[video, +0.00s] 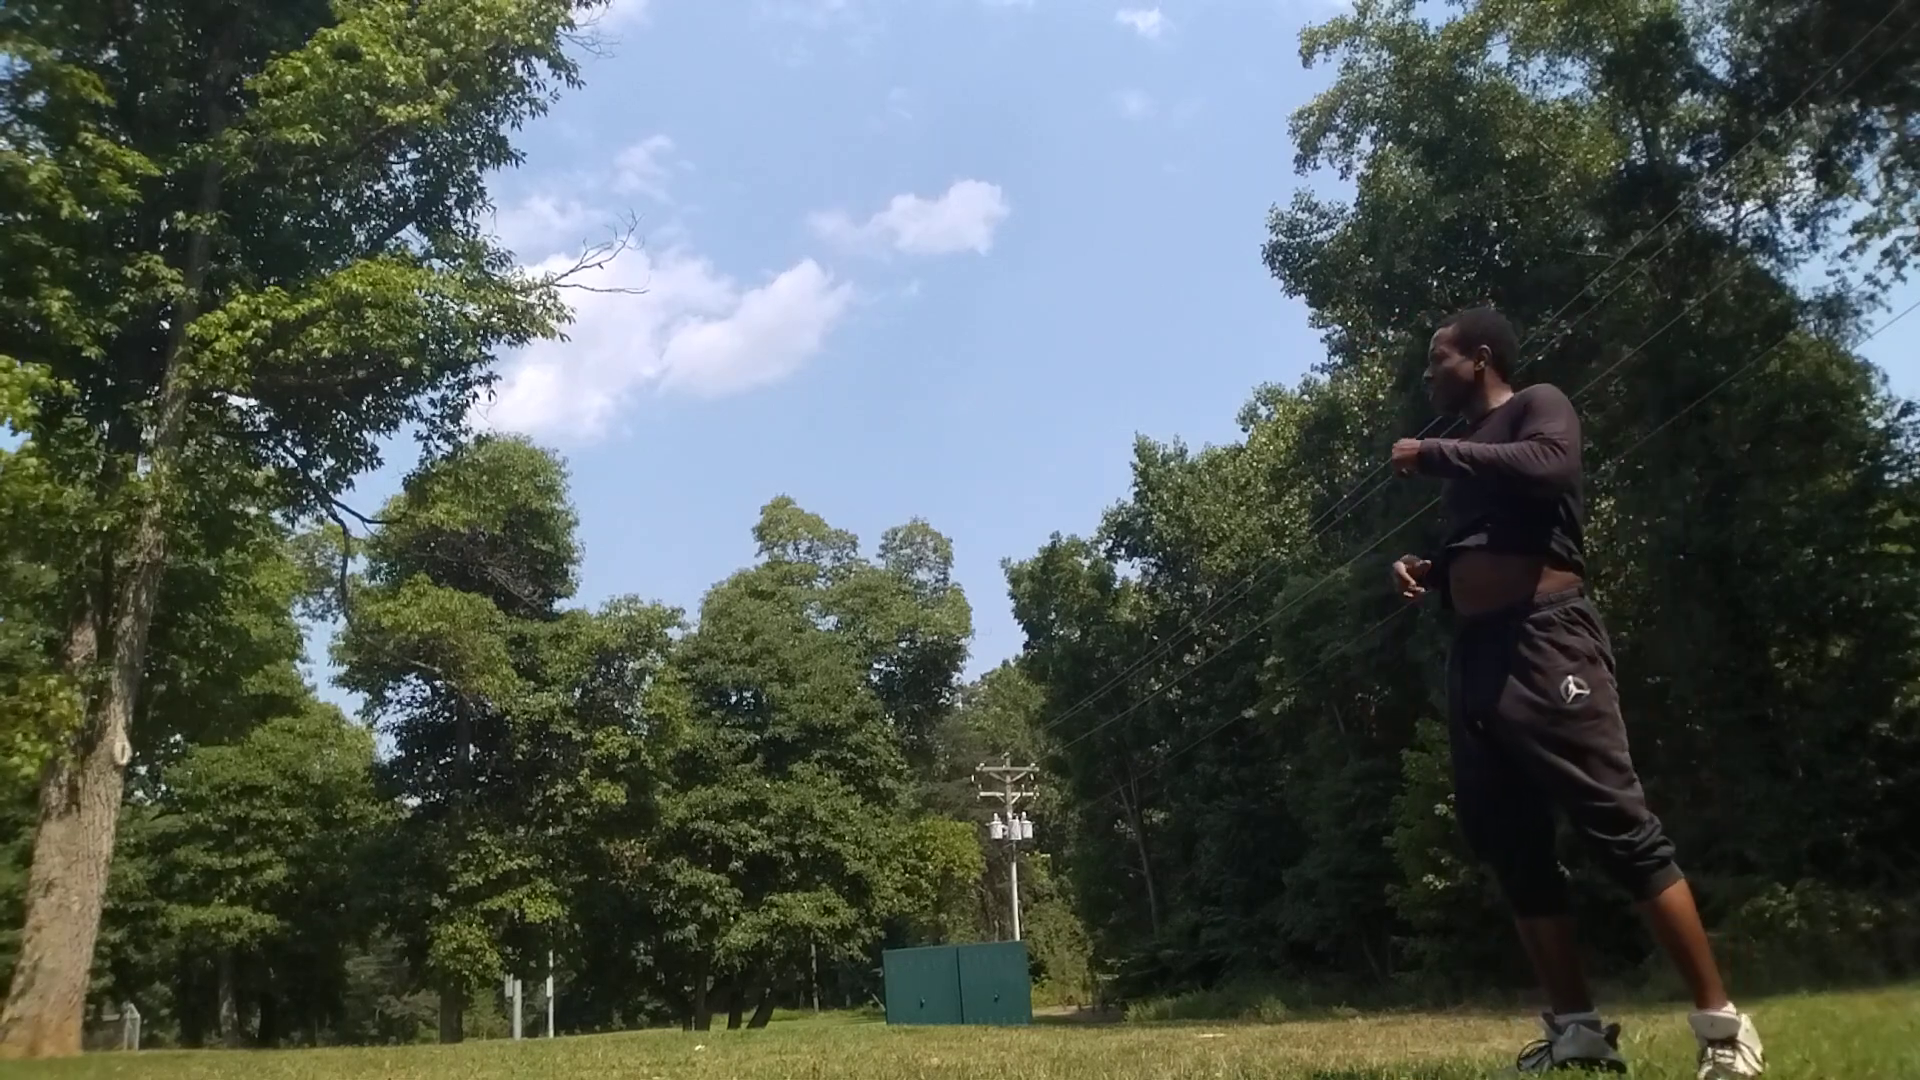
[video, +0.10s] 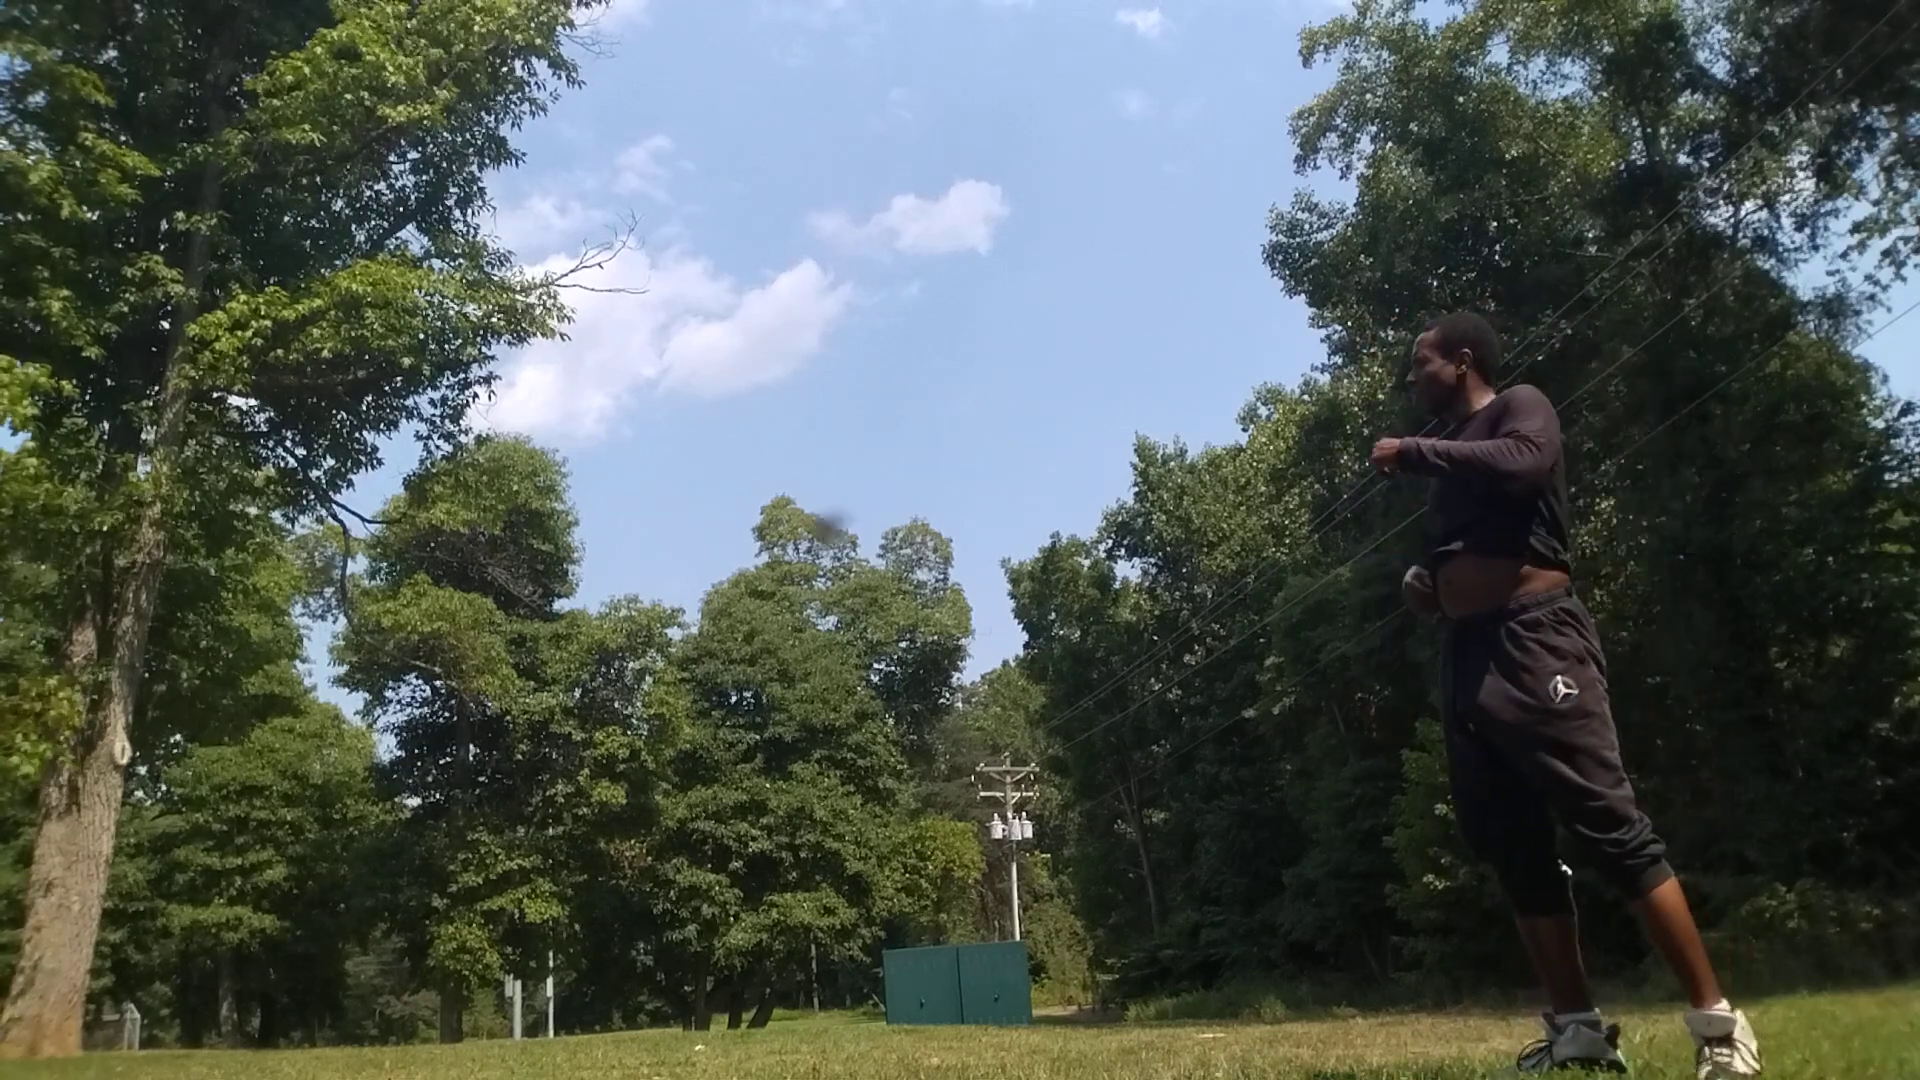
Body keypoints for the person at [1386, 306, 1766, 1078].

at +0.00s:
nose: (1429, 371)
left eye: (1437, 358)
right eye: (1429, 361)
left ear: (1479, 358)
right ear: (1467, 362)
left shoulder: (1539, 403)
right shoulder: (1456, 448)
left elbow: (1554, 464)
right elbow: (1476, 548)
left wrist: (1441, 453)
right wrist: (1426, 565)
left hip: (1550, 637)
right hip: (1479, 652)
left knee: (1628, 835)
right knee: (1512, 844)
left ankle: (1723, 1031)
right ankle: (1574, 1032)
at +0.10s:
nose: (1411, 378)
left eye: (1419, 364)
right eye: (1411, 367)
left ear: (1459, 362)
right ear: (1452, 366)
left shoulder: (1520, 405)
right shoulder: (1447, 452)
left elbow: (1527, 460)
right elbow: (1474, 564)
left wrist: (1417, 449)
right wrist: (1430, 584)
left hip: (1538, 634)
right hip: (1473, 650)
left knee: (1617, 833)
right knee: (1515, 846)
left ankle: (1719, 1027)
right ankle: (1574, 1031)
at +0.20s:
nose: (1399, 381)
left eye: (1406, 367)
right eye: (1399, 370)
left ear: (1444, 365)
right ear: (1442, 368)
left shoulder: (1506, 405)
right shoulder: (1439, 451)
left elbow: (1500, 457)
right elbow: (1466, 559)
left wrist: (1394, 448)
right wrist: (1418, 585)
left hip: (1530, 634)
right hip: (1466, 651)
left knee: (1606, 831)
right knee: (1517, 846)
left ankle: (1710, 1023)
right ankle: (1576, 1028)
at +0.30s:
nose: (1390, 386)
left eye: (1395, 372)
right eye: (1389, 375)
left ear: (1432, 369)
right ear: (1432, 371)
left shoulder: (1497, 406)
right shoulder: (1432, 458)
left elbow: (1481, 453)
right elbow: (1452, 577)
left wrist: (1383, 444)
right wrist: (1398, 596)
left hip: (1524, 633)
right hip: (1460, 654)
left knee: (1595, 830)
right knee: (1515, 847)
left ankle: (1700, 1019)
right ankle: (1576, 1029)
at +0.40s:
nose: (1382, 391)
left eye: (1388, 376)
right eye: (1381, 379)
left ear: (1427, 372)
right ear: (1425, 375)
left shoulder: (1491, 405)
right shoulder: (1419, 467)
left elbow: (1463, 437)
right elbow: (1437, 574)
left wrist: (1371, 436)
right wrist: (1377, 593)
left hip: (1516, 633)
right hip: (1452, 654)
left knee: (1581, 827)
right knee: (1508, 843)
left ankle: (1687, 1016)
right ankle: (1576, 1026)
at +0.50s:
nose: (1379, 390)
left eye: (1388, 377)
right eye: (1378, 379)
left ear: (1427, 374)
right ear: (1414, 377)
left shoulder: (1489, 409)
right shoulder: (1412, 462)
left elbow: (1437, 419)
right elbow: (1426, 578)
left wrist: (1360, 424)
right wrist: (1357, 589)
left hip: (1512, 631)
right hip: (1447, 653)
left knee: (1570, 824)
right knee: (1501, 841)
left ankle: (1672, 1016)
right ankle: (1575, 1028)